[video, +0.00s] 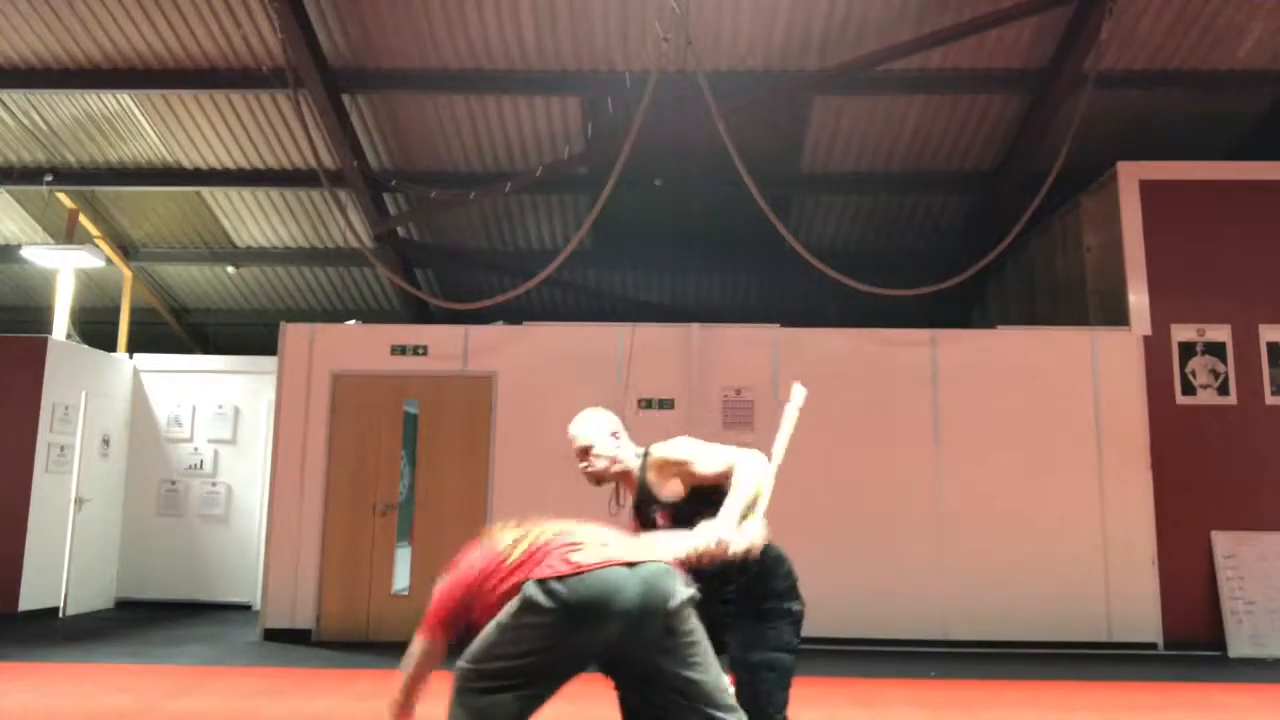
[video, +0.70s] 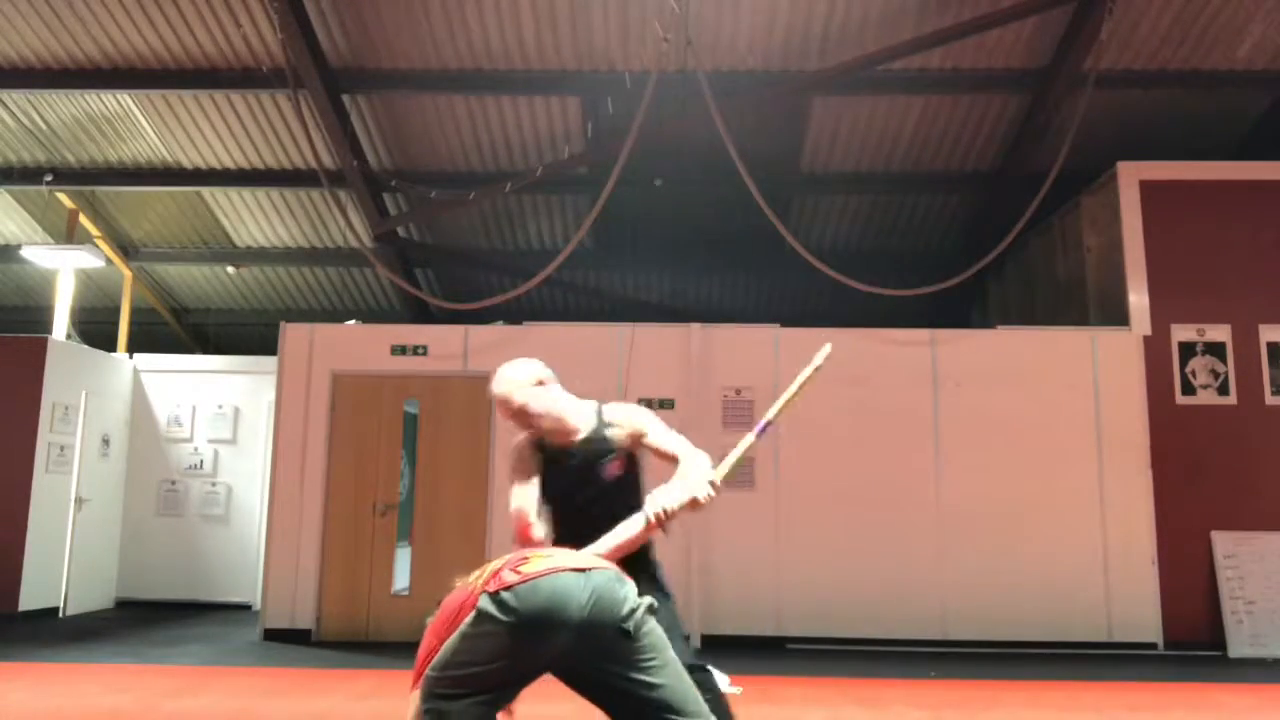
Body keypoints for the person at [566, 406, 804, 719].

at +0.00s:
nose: (581, 465)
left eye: (586, 452)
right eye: (578, 457)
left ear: (616, 438)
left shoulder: (669, 457)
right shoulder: (639, 501)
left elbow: (754, 464)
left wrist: (725, 522)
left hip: (760, 589)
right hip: (709, 593)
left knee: (762, 708)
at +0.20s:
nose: (574, 439)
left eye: (579, 429)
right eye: (571, 430)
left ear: (608, 412)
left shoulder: (662, 436)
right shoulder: (615, 457)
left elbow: (741, 476)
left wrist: (699, 534)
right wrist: (562, 439)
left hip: (735, 568)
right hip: (684, 571)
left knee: (730, 694)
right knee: (635, 669)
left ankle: (800, 716)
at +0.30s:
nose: (579, 415)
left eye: (584, 404)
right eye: (576, 406)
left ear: (612, 399)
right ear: (601, 403)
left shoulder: (672, 424)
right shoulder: (595, 450)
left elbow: (737, 483)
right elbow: (555, 507)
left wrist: (696, 534)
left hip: (729, 549)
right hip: (678, 558)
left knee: (705, 654)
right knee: (641, 657)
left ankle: (745, 715)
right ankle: (654, 715)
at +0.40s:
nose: (593, 401)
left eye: (601, 390)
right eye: (589, 391)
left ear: (632, 388)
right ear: (587, 391)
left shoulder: (691, 424)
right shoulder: (599, 445)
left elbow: (726, 497)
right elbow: (599, 522)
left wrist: (670, 553)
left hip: (708, 557)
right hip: (649, 563)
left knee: (714, 660)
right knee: (604, 651)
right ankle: (634, 714)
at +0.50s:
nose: (590, 416)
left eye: (593, 404)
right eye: (584, 408)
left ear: (619, 385)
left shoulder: (692, 424)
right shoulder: (591, 445)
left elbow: (718, 489)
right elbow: (597, 530)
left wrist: (678, 545)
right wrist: (627, 485)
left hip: (690, 564)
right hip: (628, 568)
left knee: (717, 663)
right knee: (560, 651)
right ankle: (532, 714)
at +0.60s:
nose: (556, 416)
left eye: (557, 404)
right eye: (550, 410)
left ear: (581, 384)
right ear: (555, 409)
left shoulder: (660, 417)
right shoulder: (575, 440)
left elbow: (720, 468)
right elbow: (573, 500)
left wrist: (698, 512)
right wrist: (593, 433)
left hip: (662, 568)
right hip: (603, 574)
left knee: (702, 659)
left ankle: (741, 714)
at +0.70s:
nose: (520, 423)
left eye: (520, 410)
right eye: (512, 418)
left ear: (544, 384)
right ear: (510, 418)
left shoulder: (624, 419)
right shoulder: (529, 451)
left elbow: (694, 459)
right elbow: (528, 535)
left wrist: (677, 490)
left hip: (633, 575)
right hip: (564, 579)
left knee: (678, 670)